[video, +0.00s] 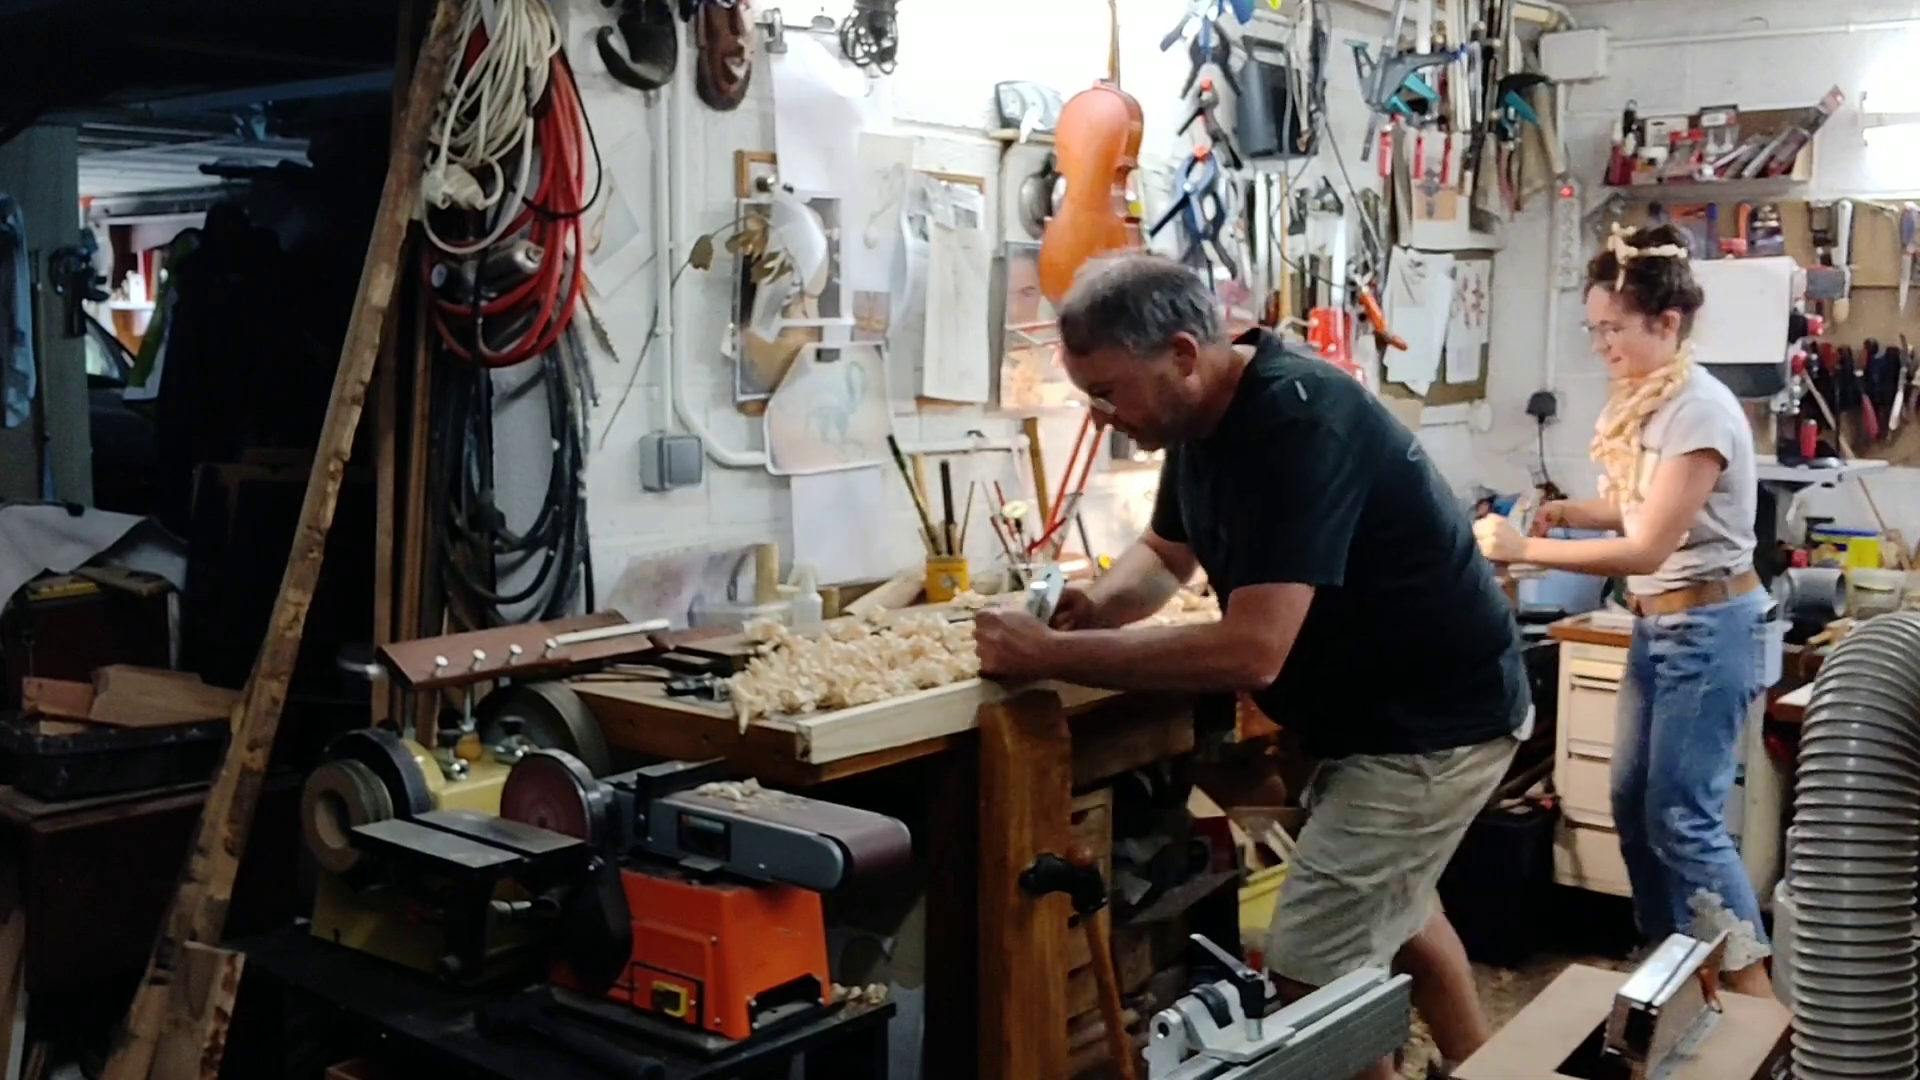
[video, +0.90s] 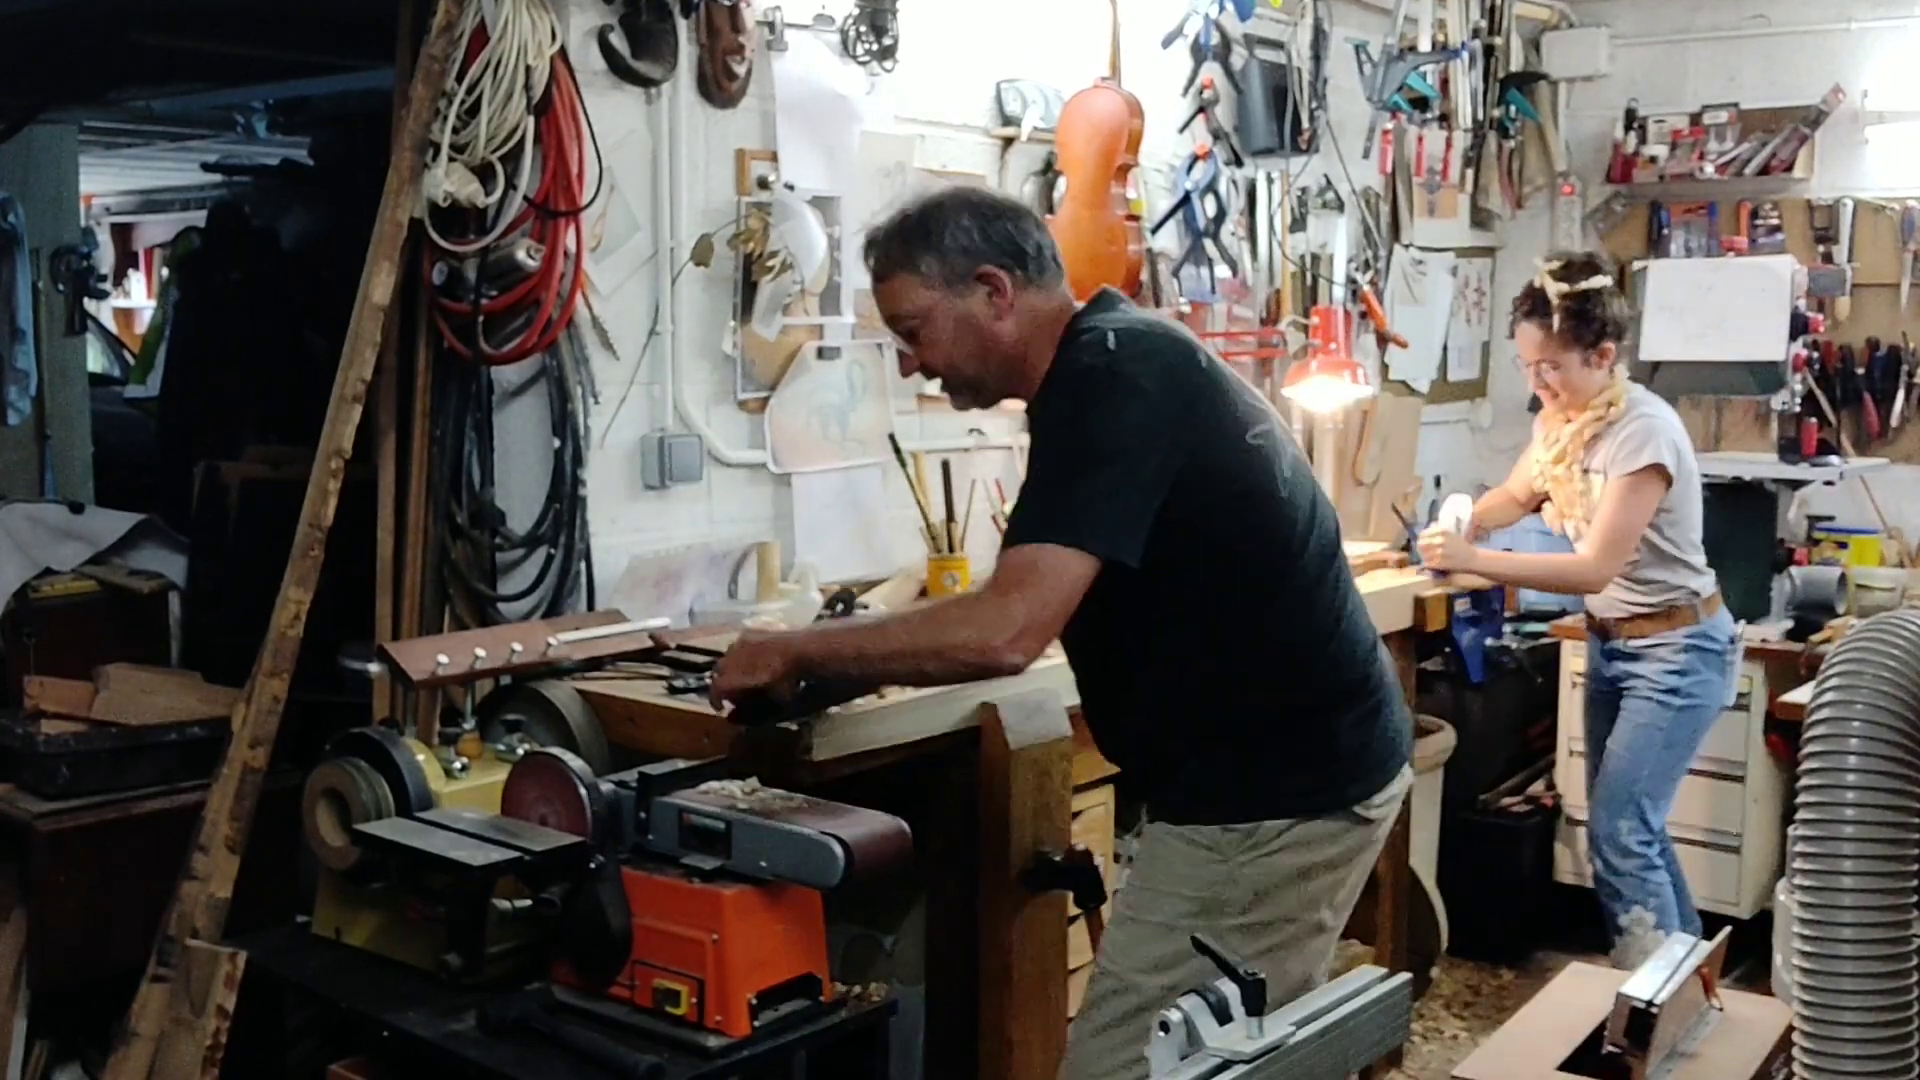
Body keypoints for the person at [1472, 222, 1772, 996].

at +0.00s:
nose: (1600, 345)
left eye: (1610, 328)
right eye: (1594, 330)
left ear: (1666, 321)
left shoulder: (1700, 409)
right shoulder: (1638, 406)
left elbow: (1646, 548)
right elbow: (1631, 510)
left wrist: (1523, 550)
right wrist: (1561, 510)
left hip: (1712, 628)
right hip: (1656, 625)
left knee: (1685, 818)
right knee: (1635, 805)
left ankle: (1749, 982)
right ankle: (1672, 963)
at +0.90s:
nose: (1537, 384)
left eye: (1550, 368)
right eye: (1528, 368)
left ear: (1603, 355)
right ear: (1521, 351)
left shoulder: (1646, 432)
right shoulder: (1561, 419)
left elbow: (1593, 569)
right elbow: (1516, 498)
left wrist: (1473, 559)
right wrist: (1464, 522)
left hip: (1680, 648)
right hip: (1612, 646)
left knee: (1618, 828)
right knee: (1629, 827)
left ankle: (1661, 995)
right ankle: (1689, 975)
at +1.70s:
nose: (1497, 396)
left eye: (1509, 382)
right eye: (1492, 381)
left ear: (1548, 379)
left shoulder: (1596, 453)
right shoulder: (1508, 453)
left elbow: (1536, 563)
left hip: (1646, 693)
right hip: (1559, 687)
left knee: (1612, 883)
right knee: (1533, 869)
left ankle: (1679, 1015)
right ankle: (1607, 1002)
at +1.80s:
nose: (1475, 383)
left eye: (1489, 362)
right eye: (1472, 365)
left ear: (1523, 363)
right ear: (1476, 377)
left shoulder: (1574, 450)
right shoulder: (1493, 455)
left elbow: (1588, 585)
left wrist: (1482, 580)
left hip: (1628, 686)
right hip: (1536, 681)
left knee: (1626, 881)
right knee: (1507, 859)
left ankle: (1687, 1015)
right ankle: (1540, 1024)